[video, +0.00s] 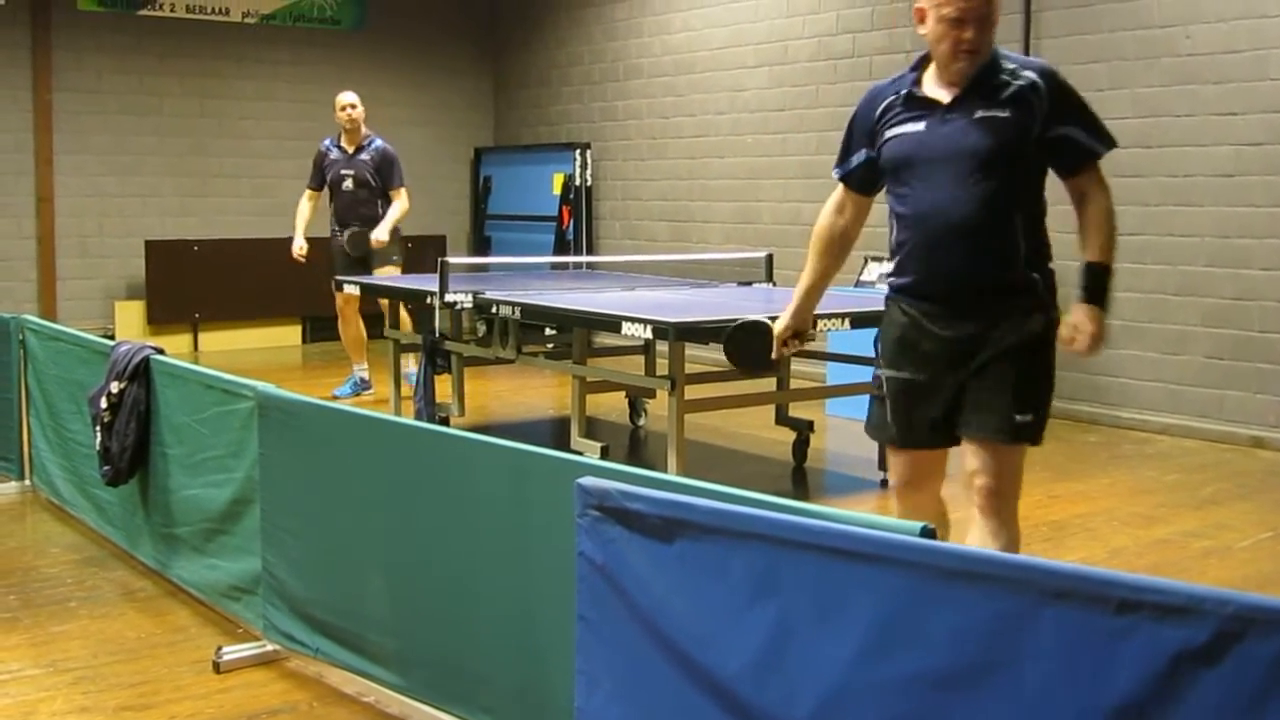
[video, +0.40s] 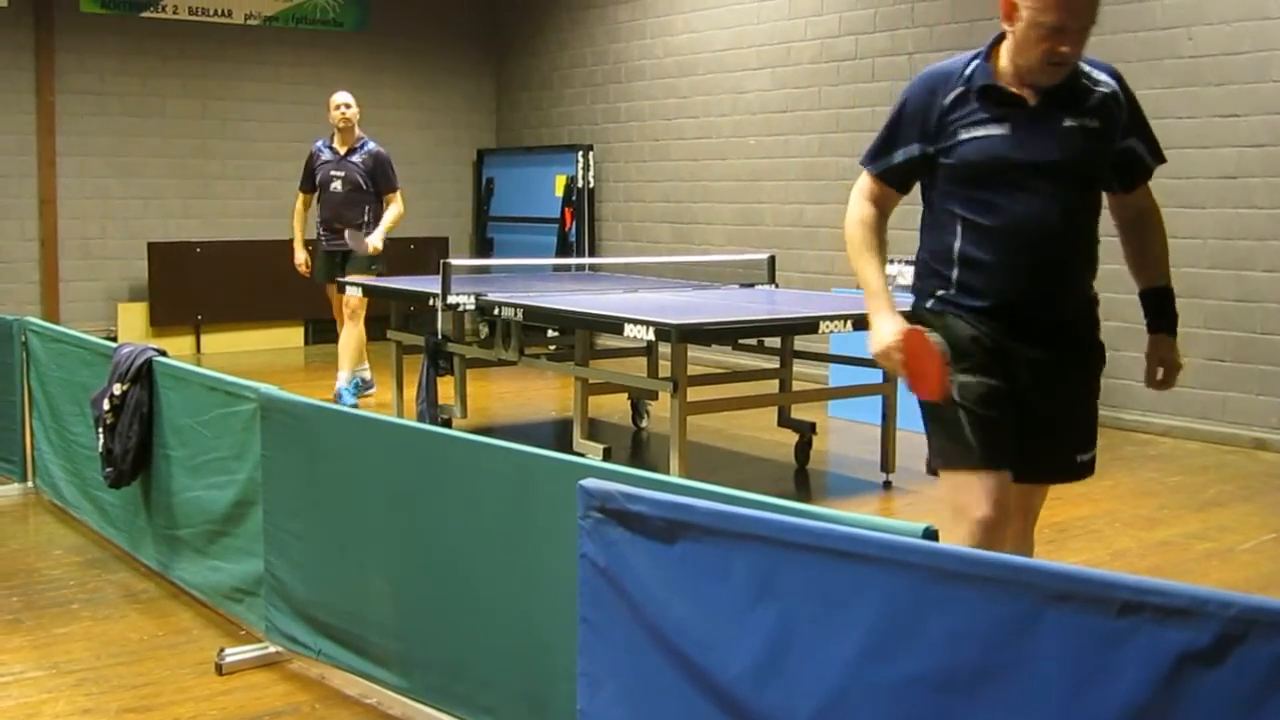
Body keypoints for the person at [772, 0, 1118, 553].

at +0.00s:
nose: (970, 35)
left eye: (982, 20)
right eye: (955, 21)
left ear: (998, 17)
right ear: (920, 18)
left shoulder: (1035, 91)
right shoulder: (882, 105)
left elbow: (1090, 191)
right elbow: (843, 210)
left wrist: (1093, 297)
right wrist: (799, 309)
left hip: (1009, 322)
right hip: (915, 321)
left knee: (990, 486)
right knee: (909, 483)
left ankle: (991, 628)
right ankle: (922, 619)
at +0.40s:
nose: (1069, 49)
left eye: (1081, 34)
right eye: (1054, 32)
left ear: (1094, 25)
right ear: (1009, 15)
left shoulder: (1103, 96)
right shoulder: (941, 92)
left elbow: (1135, 210)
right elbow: (867, 202)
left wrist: (1162, 325)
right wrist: (881, 312)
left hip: (1058, 338)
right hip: (961, 330)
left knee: (1017, 528)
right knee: (979, 516)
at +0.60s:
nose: (1121, 54)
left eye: (1133, 36)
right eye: (1106, 33)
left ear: (1145, 28)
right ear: (1056, 14)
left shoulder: (1131, 94)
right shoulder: (972, 96)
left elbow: (1145, 215)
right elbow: (894, 228)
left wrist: (1164, 328)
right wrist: (925, 353)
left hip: (1096, 349)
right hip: (1003, 349)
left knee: (1063, 543)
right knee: (1031, 549)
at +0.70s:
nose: (1150, 43)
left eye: (1161, 24)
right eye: (1136, 21)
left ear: (1168, 20)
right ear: (1081, 6)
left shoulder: (1145, 84)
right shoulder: (989, 93)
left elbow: (1152, 203)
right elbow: (918, 231)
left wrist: (1188, 319)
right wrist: (934, 372)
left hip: (1123, 350)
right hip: (1025, 352)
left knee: (1133, 572)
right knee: (1060, 579)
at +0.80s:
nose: (1185, 27)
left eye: (1190, 12)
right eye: (1175, 10)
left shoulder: (1162, 81)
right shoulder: (1013, 79)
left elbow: (1166, 199)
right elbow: (947, 227)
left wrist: (1221, 307)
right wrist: (947, 375)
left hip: (1149, 347)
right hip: (1042, 352)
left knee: (1200, 558)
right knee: (1066, 569)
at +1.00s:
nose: (1261, 19)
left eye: (1263, 7)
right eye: (1252, 4)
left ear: (1211, 7)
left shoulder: (1218, 84)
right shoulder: (1078, 68)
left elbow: (1227, 210)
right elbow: (1003, 218)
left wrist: (1276, 265)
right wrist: (1017, 382)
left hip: (1215, 373)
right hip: (1099, 380)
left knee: (1262, 604)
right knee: (1090, 611)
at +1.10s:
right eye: (1276, 11)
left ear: (1255, 9)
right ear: (1246, 3)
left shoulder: (1265, 87)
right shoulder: (1118, 72)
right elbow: (1037, 223)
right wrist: (1076, 381)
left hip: (1258, 392)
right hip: (1140, 394)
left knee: (1278, 601)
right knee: (1114, 616)